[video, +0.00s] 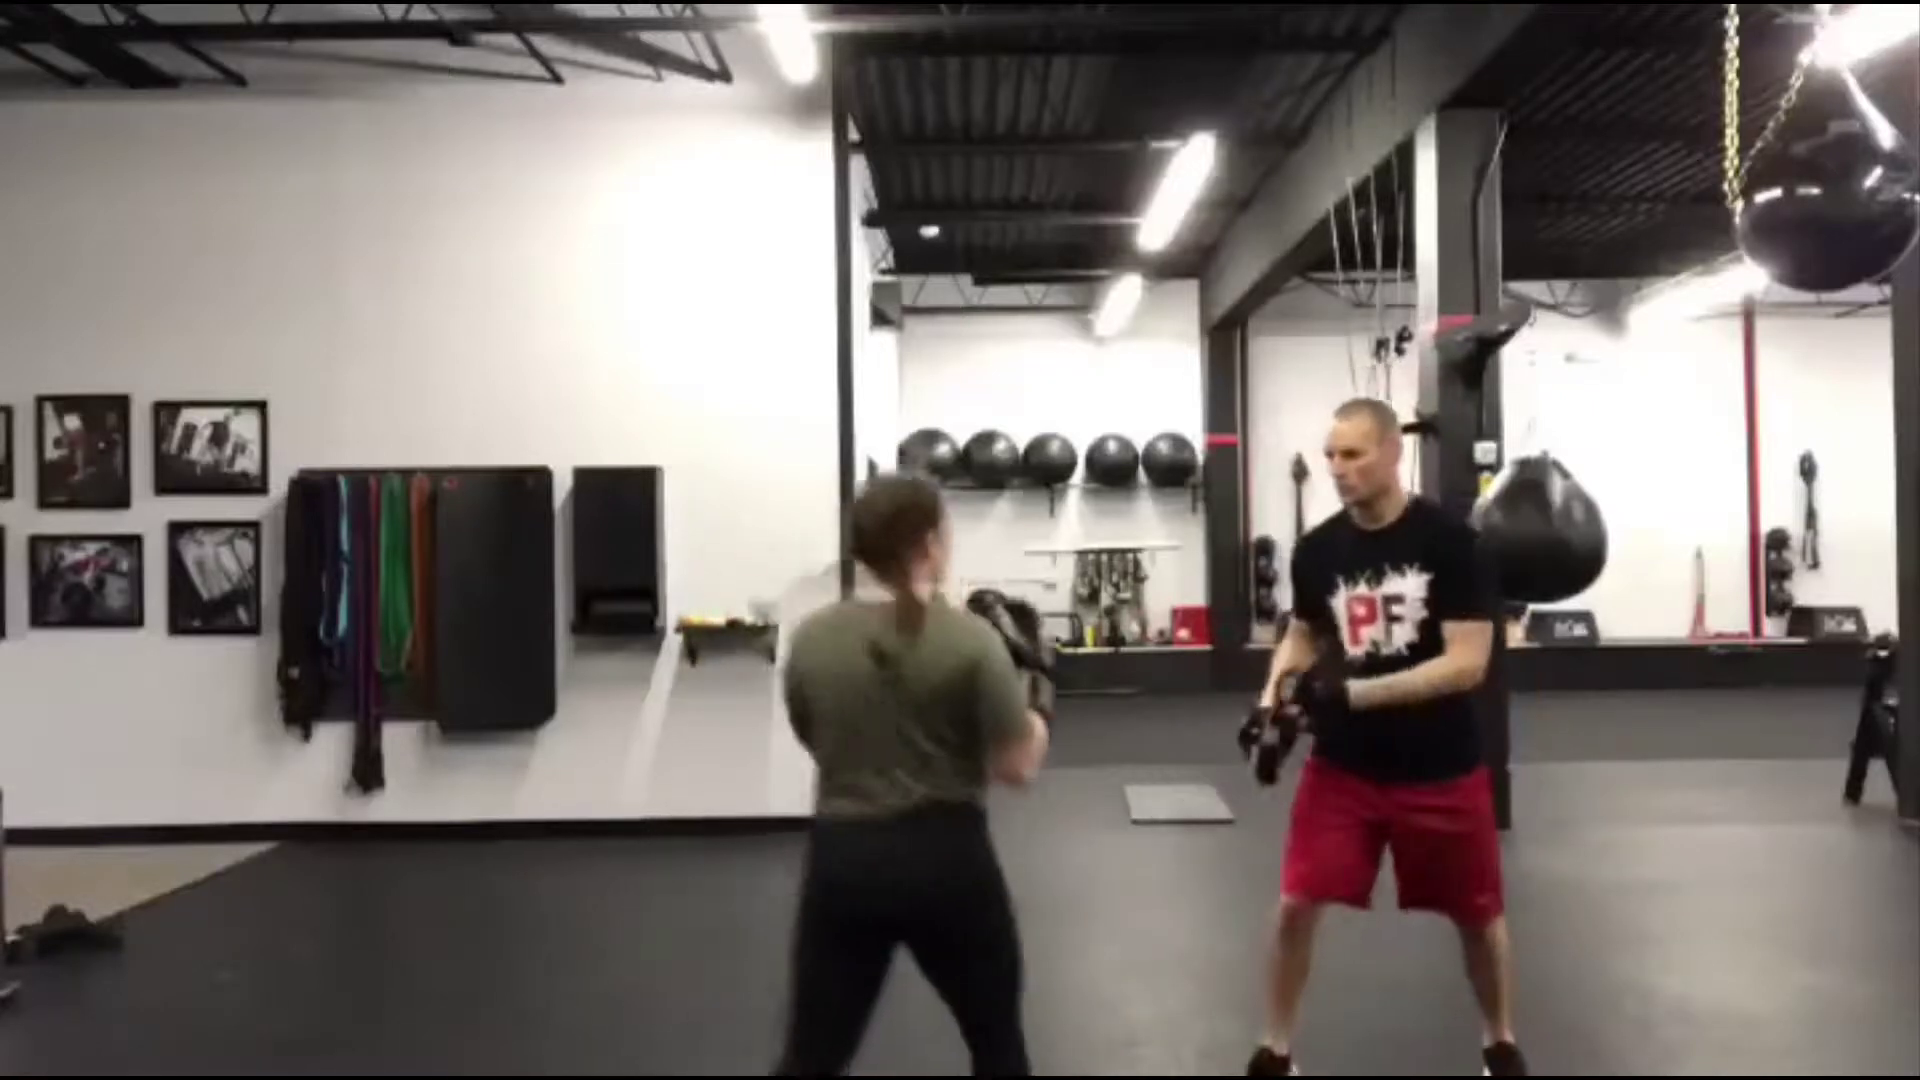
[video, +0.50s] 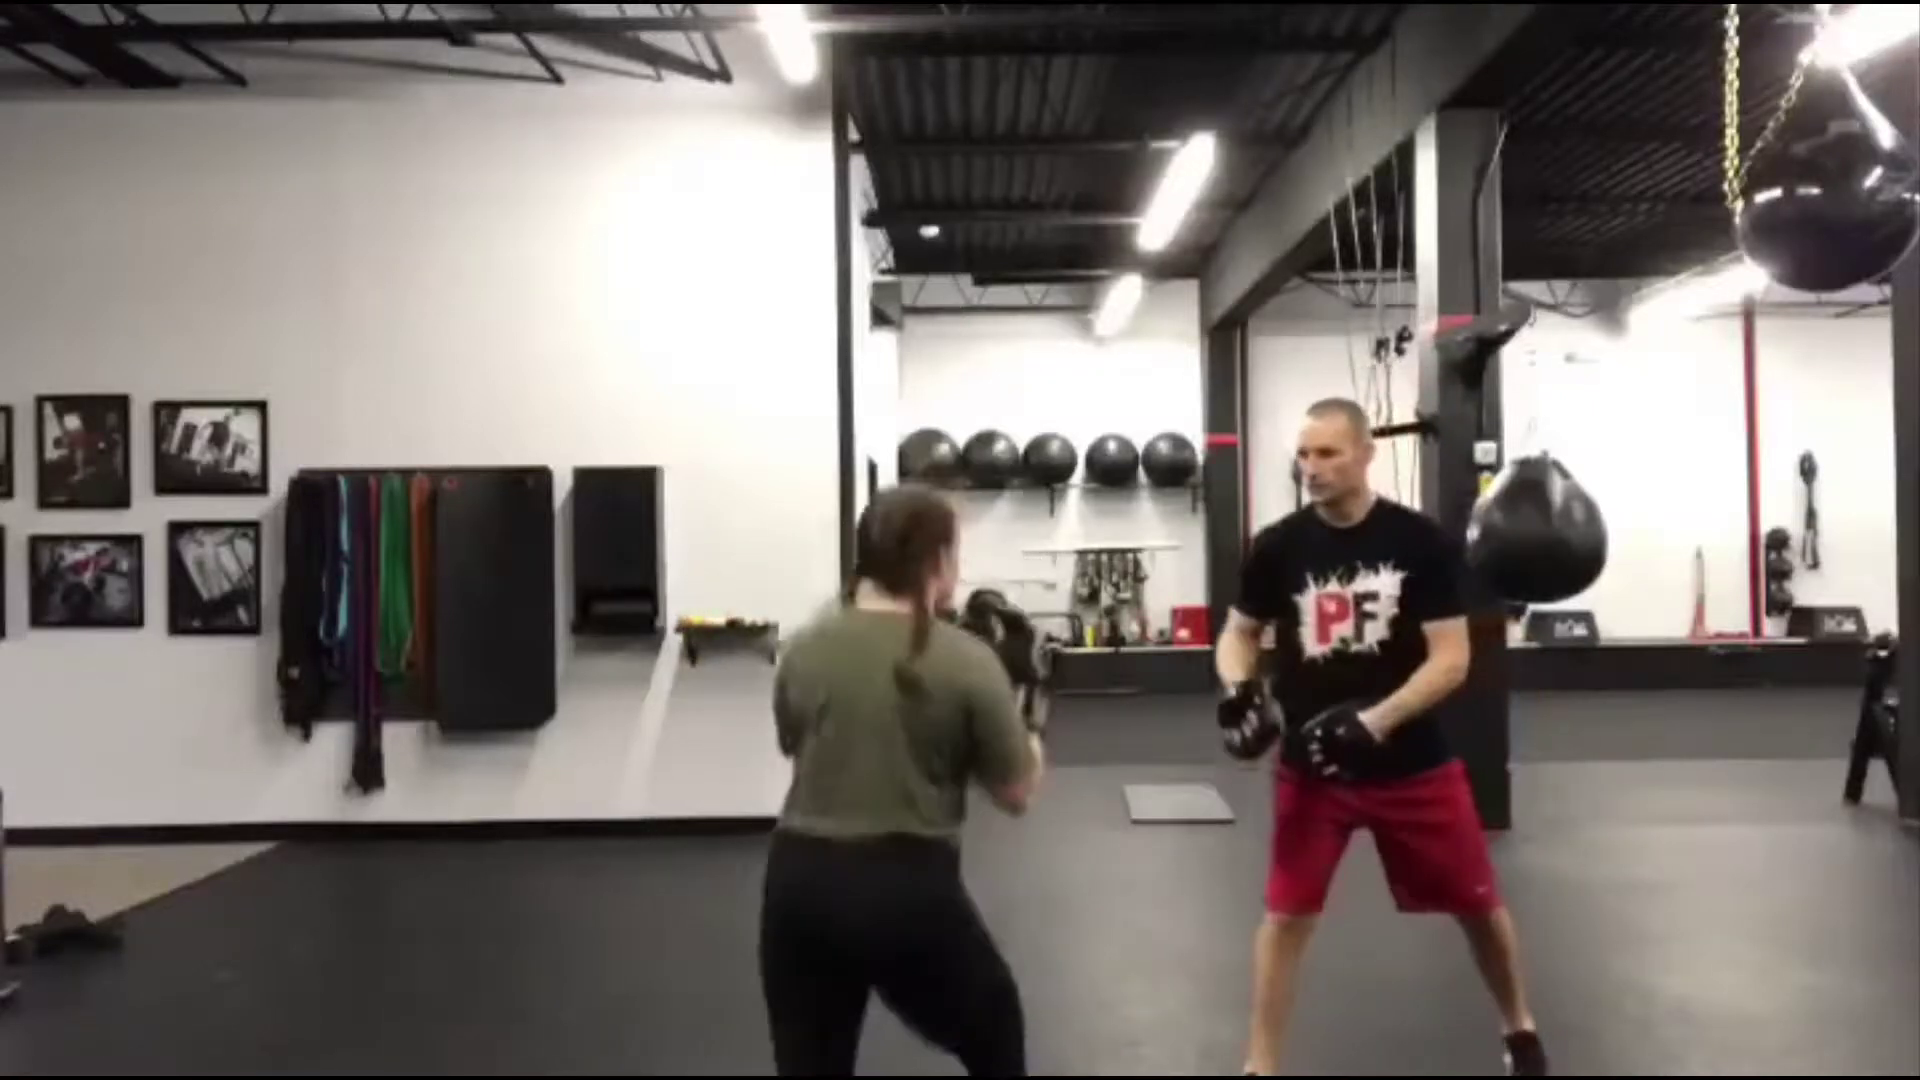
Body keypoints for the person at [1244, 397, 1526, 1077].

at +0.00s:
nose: (1339, 469)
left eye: (1352, 455)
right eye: (1332, 456)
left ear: (1393, 452)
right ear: (1328, 460)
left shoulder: (1451, 540)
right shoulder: (1317, 549)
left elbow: (1469, 661)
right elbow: (1303, 633)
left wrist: (1352, 691)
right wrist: (1274, 697)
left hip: (1443, 772)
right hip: (1343, 770)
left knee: (1481, 918)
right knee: (1296, 906)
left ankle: (1501, 1046)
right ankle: (1275, 1051)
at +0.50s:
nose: (1311, 467)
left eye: (1327, 454)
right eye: (1304, 455)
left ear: (1367, 456)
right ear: (1297, 460)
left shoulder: (1421, 542)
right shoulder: (1276, 548)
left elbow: (1452, 658)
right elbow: (1240, 633)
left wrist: (1374, 720)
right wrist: (1238, 692)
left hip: (1417, 765)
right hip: (1314, 769)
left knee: (1480, 905)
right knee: (1287, 916)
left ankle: (1521, 1032)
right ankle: (1261, 1063)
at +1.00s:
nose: (1365, 475)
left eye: (1379, 462)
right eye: (1356, 464)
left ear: (1416, 464)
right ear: (1348, 469)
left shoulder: (1467, 549)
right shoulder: (1324, 556)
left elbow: (1507, 663)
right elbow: (1301, 637)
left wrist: (1440, 727)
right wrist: (1296, 668)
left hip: (1458, 778)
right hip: (1350, 776)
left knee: (1508, 920)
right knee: (1313, 915)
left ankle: (1542, 1043)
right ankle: (1264, 1064)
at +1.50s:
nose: (1365, 471)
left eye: (1379, 457)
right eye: (1356, 460)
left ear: (1415, 460)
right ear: (1347, 467)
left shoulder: (1464, 550)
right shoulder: (1326, 553)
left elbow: (1499, 665)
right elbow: (1288, 654)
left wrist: (1409, 682)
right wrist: (1275, 603)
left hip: (1452, 778)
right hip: (1348, 775)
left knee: (1508, 921)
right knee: (1308, 914)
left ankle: (1543, 1043)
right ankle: (1265, 1063)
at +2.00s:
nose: (1300, 473)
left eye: (1314, 459)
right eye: (1291, 462)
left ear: (1353, 463)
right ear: (1286, 472)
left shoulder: (1414, 546)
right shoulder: (1274, 557)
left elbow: (1458, 659)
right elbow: (1230, 637)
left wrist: (1373, 664)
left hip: (1421, 774)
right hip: (1318, 775)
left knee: (1485, 915)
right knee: (1288, 915)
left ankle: (1534, 1034)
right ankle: (1262, 1065)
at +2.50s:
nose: (1366, 500)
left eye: (1378, 487)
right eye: (1357, 488)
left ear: (1413, 483)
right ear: (1347, 488)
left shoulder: (1464, 557)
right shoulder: (1325, 565)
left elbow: (1476, 665)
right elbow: (1300, 652)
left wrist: (1396, 626)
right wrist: (1330, 720)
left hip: (1451, 775)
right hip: (1354, 773)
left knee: (1496, 920)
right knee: (1313, 909)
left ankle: (1510, 1028)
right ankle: (1266, 1060)